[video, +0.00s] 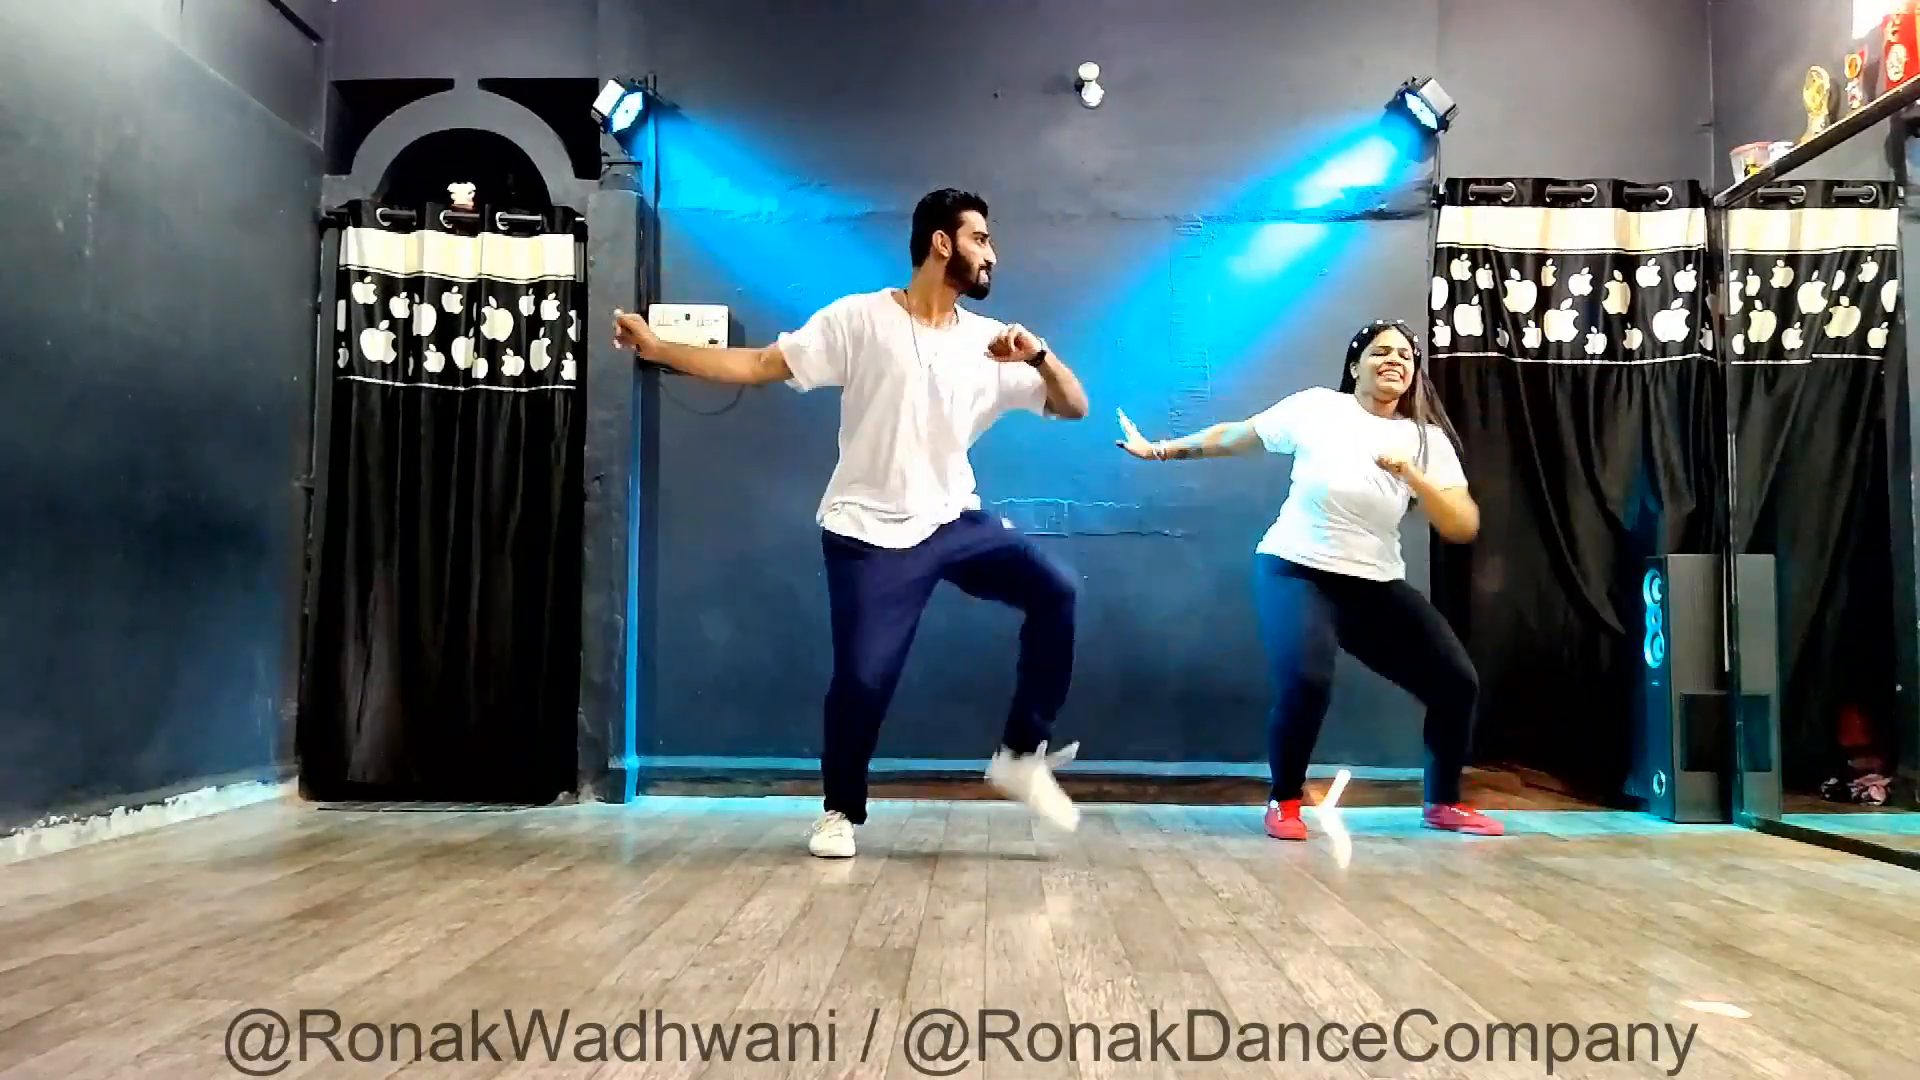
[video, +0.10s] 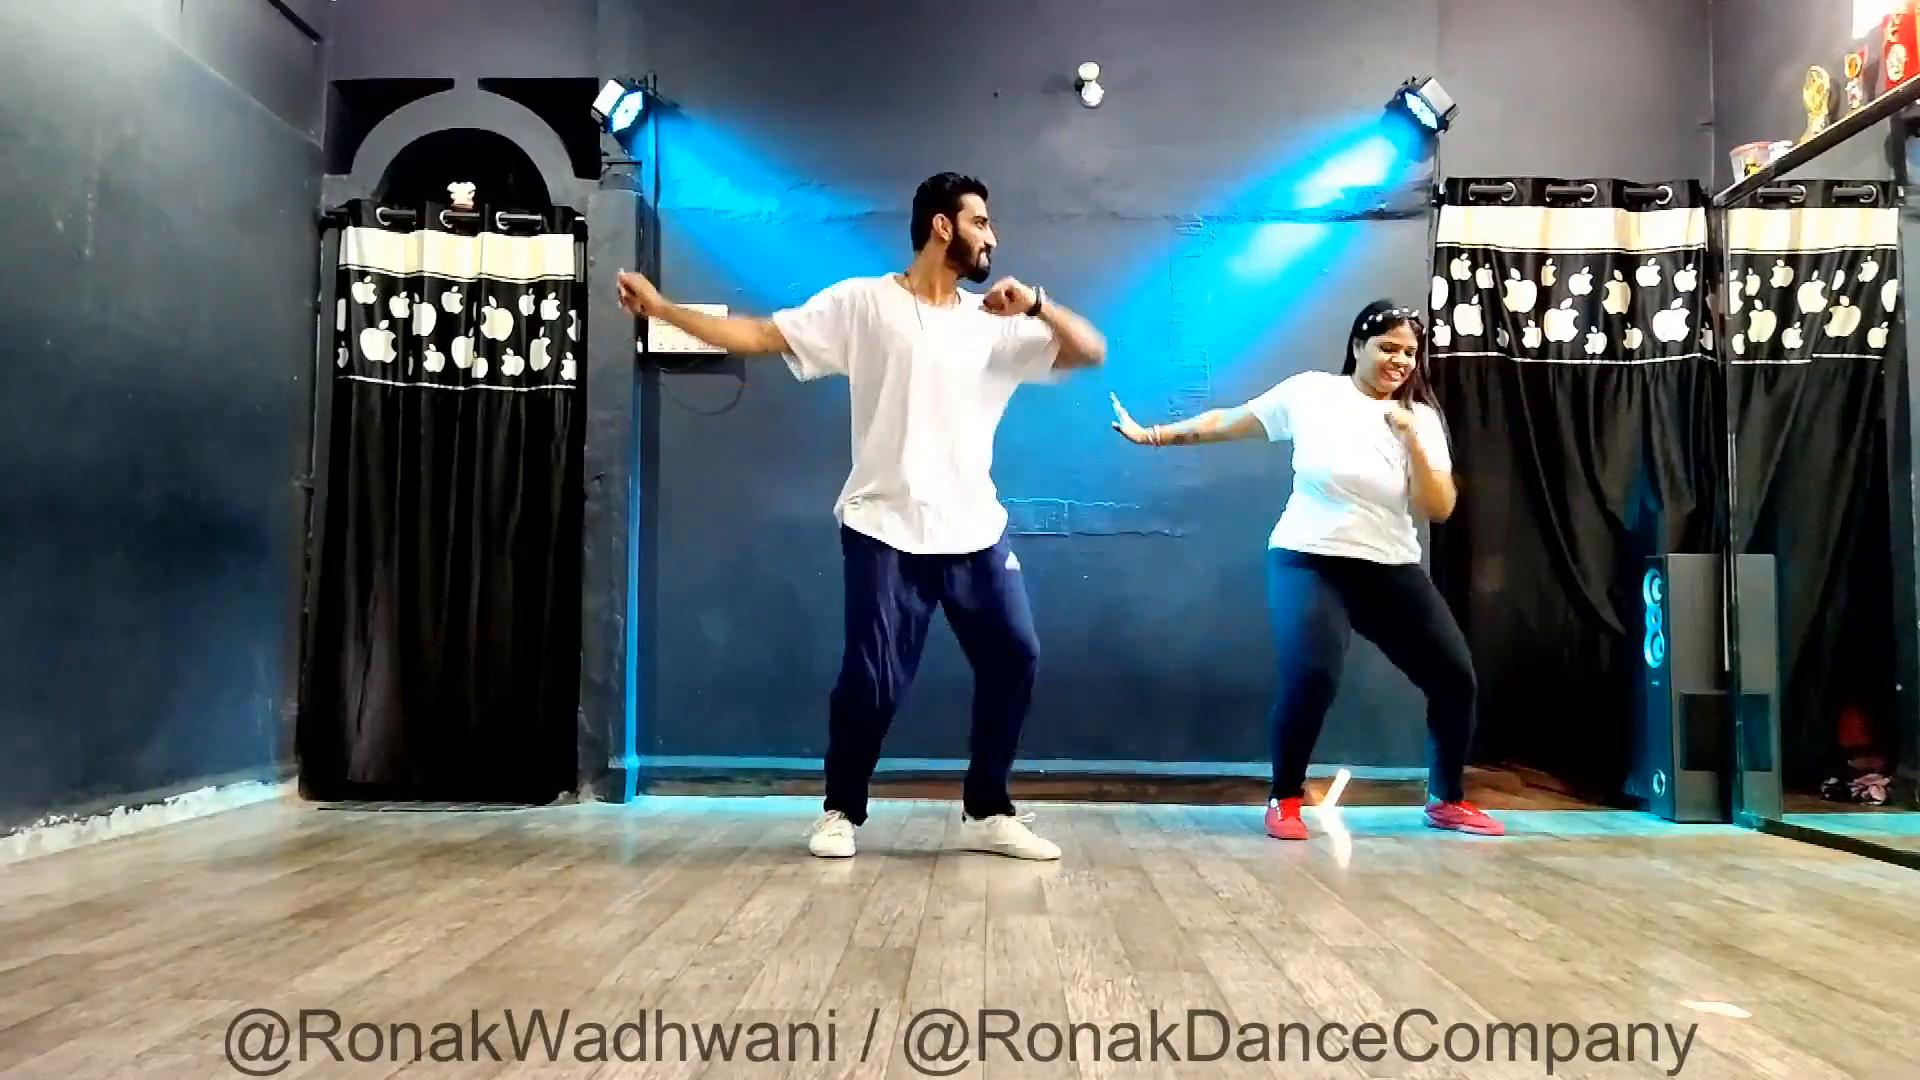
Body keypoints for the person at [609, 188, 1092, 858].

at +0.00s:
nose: (991, 251)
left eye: (990, 240)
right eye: (979, 237)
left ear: (955, 249)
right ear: (940, 244)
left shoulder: (989, 340)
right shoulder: (861, 317)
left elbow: (1072, 405)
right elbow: (758, 365)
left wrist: (1042, 357)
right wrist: (659, 350)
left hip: (955, 519)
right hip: (869, 524)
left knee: (1054, 591)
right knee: (864, 679)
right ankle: (841, 813)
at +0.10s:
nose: (991, 234)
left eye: (990, 223)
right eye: (981, 221)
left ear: (956, 230)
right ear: (939, 226)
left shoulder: (994, 323)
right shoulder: (864, 301)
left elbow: (1091, 351)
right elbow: (757, 333)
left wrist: (1039, 304)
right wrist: (661, 308)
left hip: (971, 519)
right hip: (885, 516)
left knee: (1014, 655)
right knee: (875, 671)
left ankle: (988, 809)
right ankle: (841, 813)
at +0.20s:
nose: (1005, 184)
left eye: (1004, 172)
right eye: (994, 170)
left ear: (979, 182)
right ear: (953, 176)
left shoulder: (1018, 237)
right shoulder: (878, 226)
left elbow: (1107, 224)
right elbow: (778, 235)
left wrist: (1063, 253)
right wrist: (677, 250)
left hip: (996, 465)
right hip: (902, 473)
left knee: (1072, 567)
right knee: (875, 633)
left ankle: (1042, 732)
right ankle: (848, 791)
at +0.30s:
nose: (1020, 165)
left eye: (1018, 153)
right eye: (1009, 151)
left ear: (989, 163)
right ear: (970, 159)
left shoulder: (1032, 229)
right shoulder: (892, 219)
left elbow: (1124, 268)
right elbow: (789, 253)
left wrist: (1073, 252)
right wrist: (691, 260)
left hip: (1006, 438)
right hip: (914, 450)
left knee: (1100, 511)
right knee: (899, 612)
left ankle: (1040, 655)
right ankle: (872, 769)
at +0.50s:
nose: (1048, 224)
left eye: (1048, 213)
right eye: (1037, 210)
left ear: (1025, 223)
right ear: (997, 217)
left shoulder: (1055, 291)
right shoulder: (925, 270)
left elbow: (1154, 313)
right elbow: (824, 267)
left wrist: (1092, 321)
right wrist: (733, 281)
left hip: (1025, 480)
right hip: (947, 503)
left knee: (1137, 504)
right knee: (947, 666)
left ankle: (1097, 656)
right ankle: (920, 809)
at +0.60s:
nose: (1074, 246)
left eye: (1073, 235)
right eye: (1063, 234)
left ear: (1039, 245)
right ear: (1026, 242)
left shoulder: (1081, 313)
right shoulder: (950, 296)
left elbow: (1170, 351)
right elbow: (858, 315)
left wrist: (1116, 365)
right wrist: (787, 324)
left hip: (1052, 509)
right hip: (969, 522)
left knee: (1158, 576)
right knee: (971, 686)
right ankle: (922, 810)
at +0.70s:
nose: (1094, 262)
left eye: (1095, 252)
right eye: (1083, 249)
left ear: (1071, 261)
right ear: (1042, 256)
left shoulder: (1107, 345)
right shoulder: (968, 332)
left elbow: (1148, 444)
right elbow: (895, 408)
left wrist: (1131, 399)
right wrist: (861, 385)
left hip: (1084, 536)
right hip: (992, 534)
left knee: (1153, 660)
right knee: (984, 697)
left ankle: (1173, 819)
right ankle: (923, 807)